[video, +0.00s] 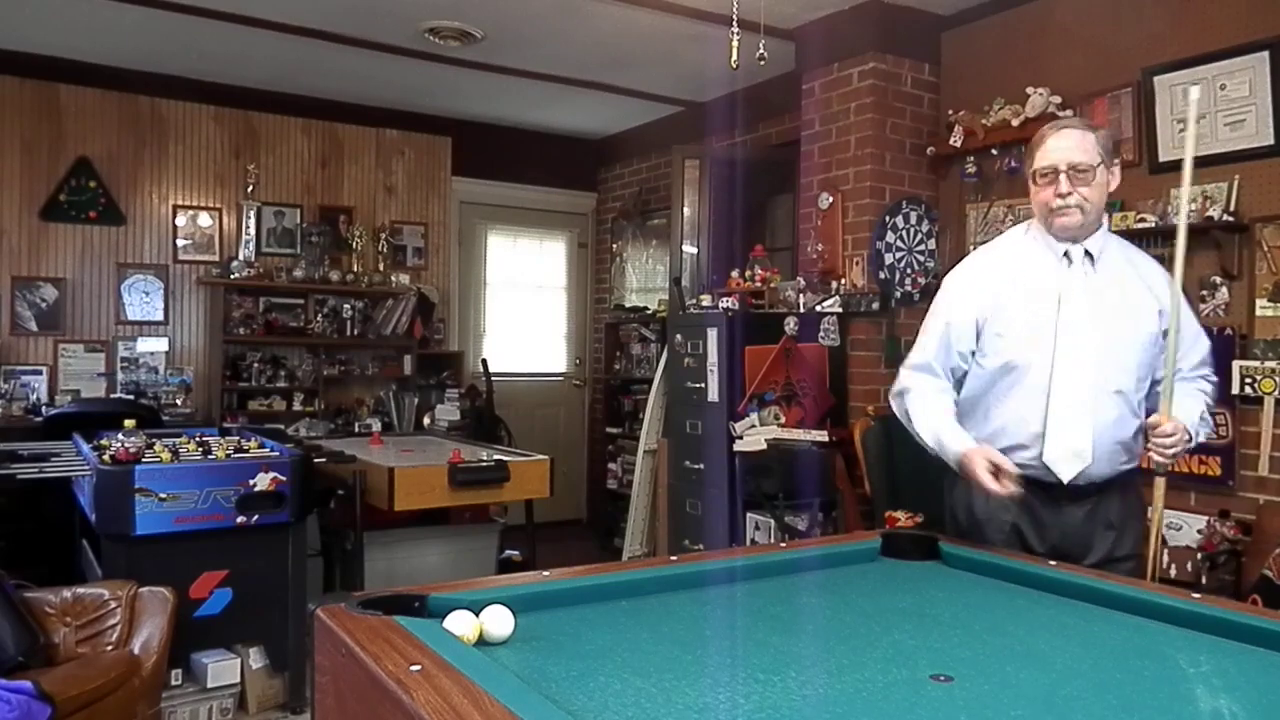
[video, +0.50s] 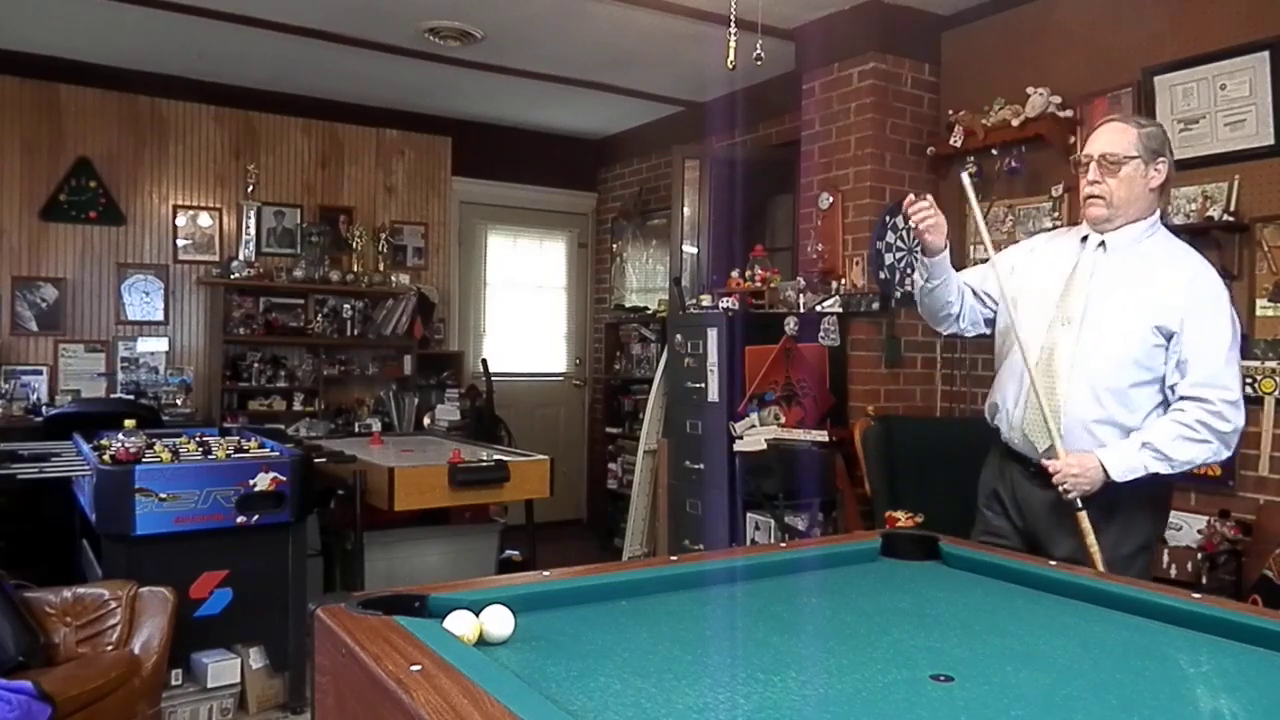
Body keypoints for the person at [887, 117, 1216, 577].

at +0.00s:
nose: (1062, 188)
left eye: (1079, 172)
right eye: (1046, 176)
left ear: (1111, 178)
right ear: (1030, 188)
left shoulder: (1150, 281)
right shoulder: (984, 271)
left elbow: (1192, 373)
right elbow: (919, 380)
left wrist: (1182, 425)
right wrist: (962, 450)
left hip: (1109, 512)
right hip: (998, 507)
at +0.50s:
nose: (1090, 178)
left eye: (1110, 164)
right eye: (1084, 165)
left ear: (1156, 173)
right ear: (1076, 172)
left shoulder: (1190, 281)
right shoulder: (1036, 254)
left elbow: (1212, 417)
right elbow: (952, 314)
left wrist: (1108, 465)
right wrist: (935, 255)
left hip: (1112, 508)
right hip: (1009, 485)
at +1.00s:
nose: (1034, 184)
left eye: (1050, 168)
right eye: (1028, 173)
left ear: (1095, 171)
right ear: (1023, 183)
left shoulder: (1148, 267)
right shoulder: (1004, 265)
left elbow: (1177, 399)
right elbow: (930, 334)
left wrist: (1090, 471)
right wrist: (922, 267)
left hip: (1103, 500)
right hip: (1004, 487)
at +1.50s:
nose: (1005, 192)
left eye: (1018, 175)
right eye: (995, 184)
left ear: (1061, 175)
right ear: (989, 194)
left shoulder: (1119, 265)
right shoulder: (973, 270)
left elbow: (1156, 393)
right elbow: (910, 344)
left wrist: (1085, 473)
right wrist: (903, 278)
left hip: (1094, 494)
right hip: (991, 487)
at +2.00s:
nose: (1065, 195)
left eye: (1081, 183)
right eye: (1050, 181)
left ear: (1103, 190)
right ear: (1028, 188)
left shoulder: (1150, 276)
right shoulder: (985, 273)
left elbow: (1207, 381)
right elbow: (926, 347)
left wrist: (1158, 437)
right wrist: (935, 380)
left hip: (1112, 504)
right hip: (1005, 497)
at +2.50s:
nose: (1216, 225)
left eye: (1237, 213)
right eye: (1203, 203)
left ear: (1255, 216)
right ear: (1169, 191)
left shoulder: (1269, 295)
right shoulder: (1091, 268)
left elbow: (1275, 415)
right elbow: (1037, 389)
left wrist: (1255, 456)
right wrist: (1073, 495)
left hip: (1196, 524)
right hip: (1080, 515)